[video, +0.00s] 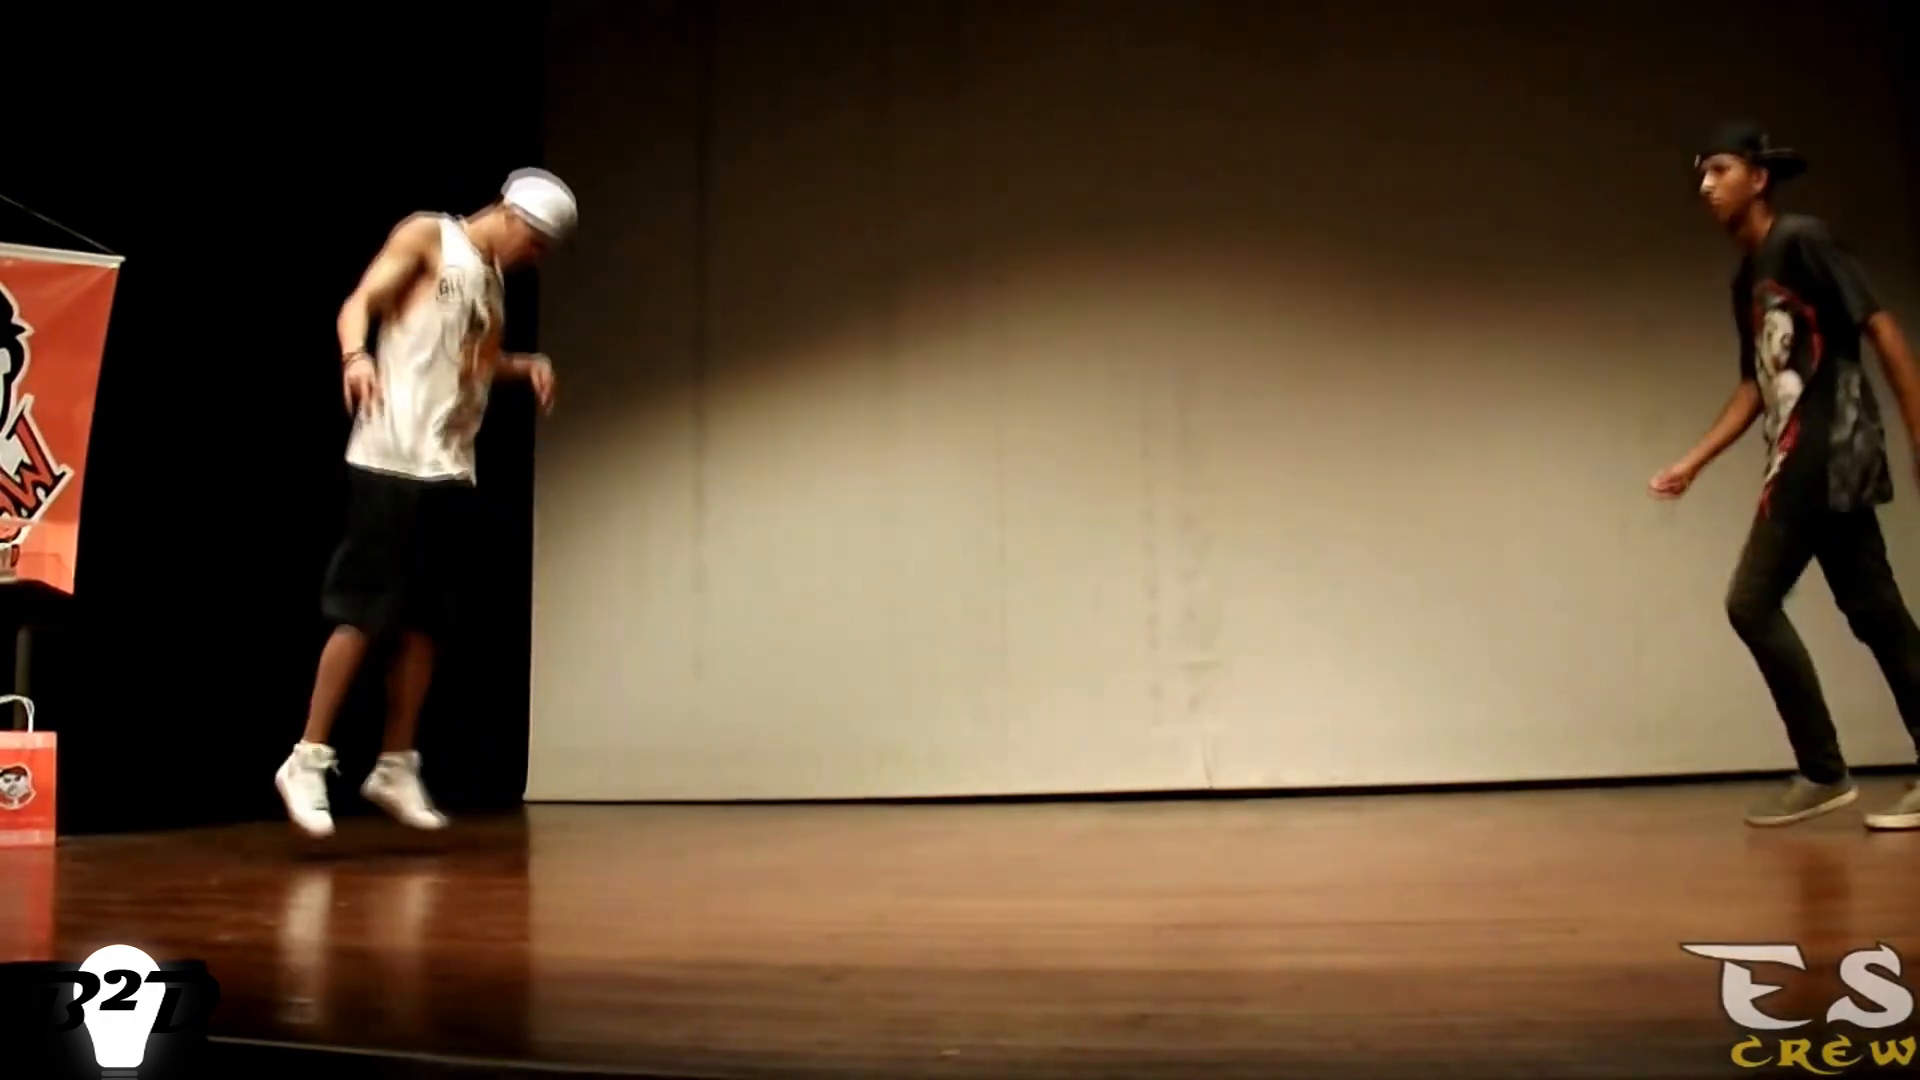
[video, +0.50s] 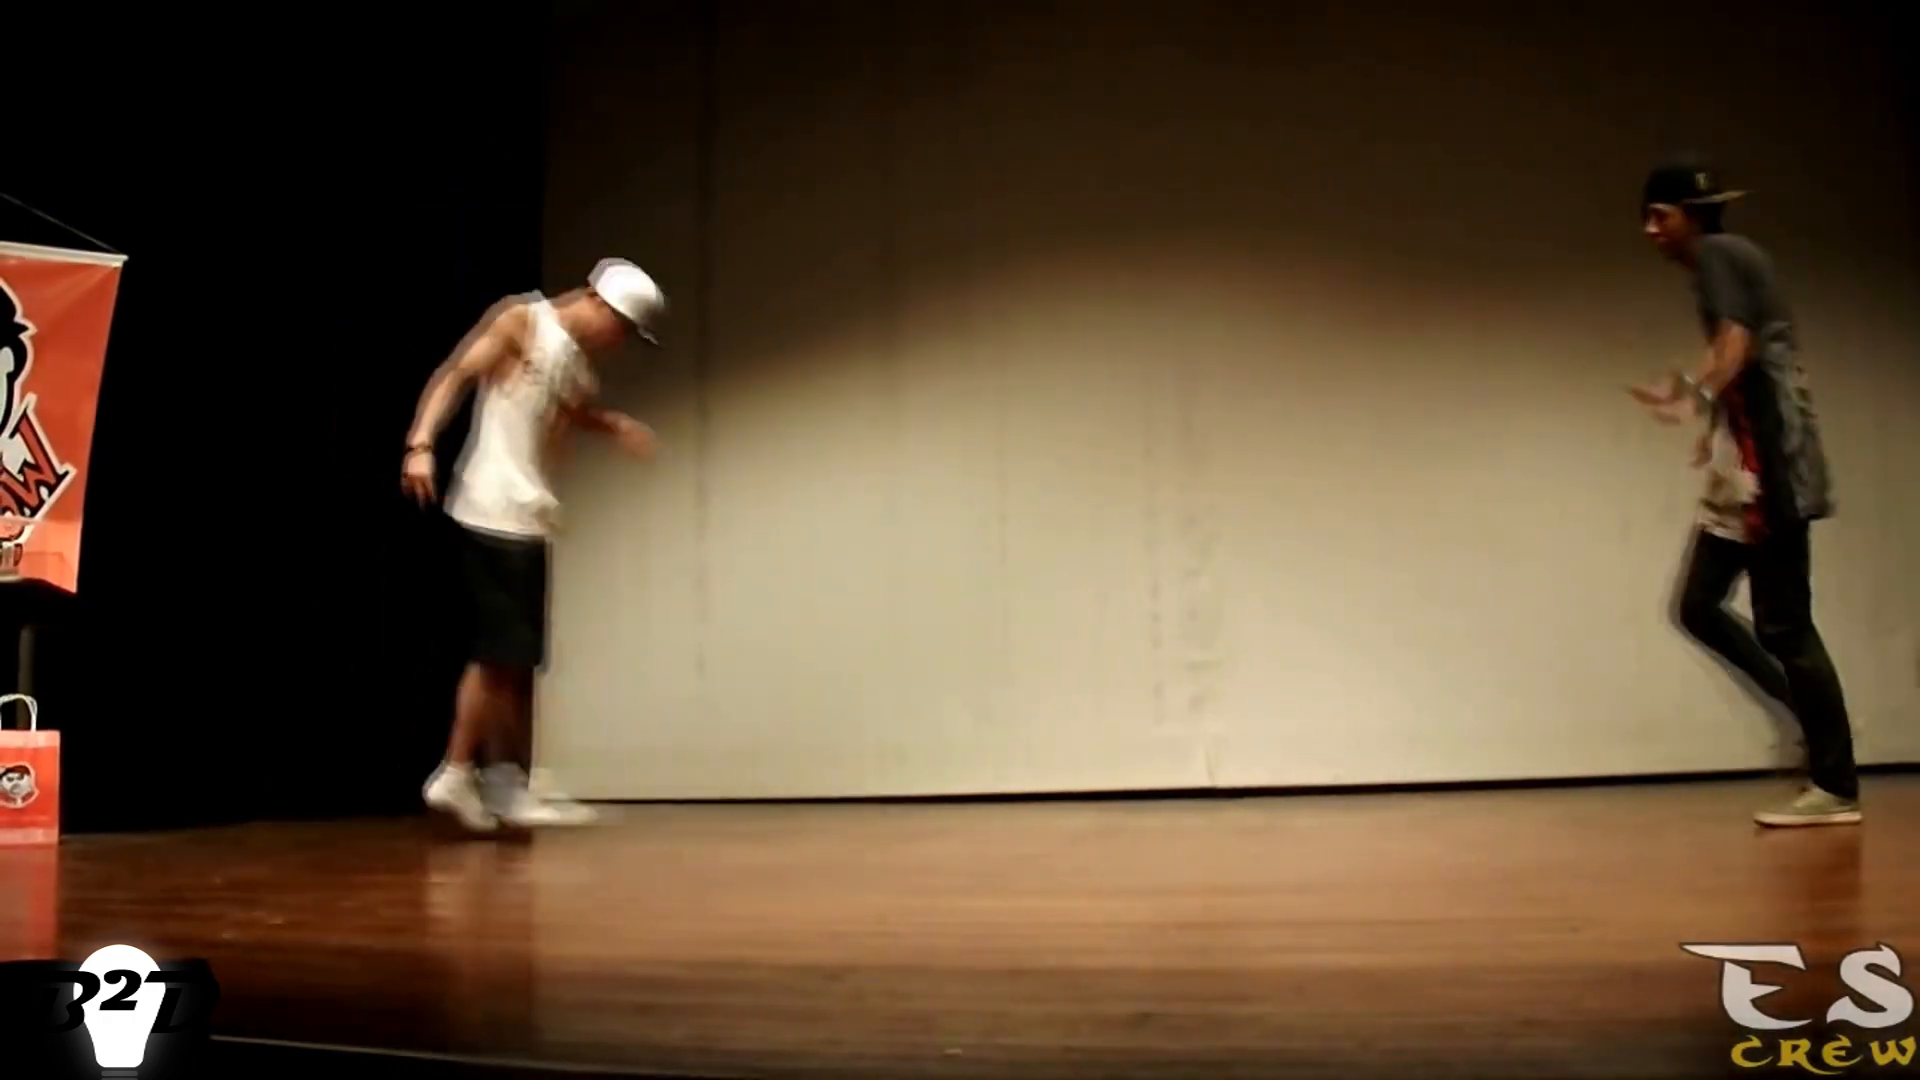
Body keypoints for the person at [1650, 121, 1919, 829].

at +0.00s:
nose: (1706, 184)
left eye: (1718, 171)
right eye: (1702, 174)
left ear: (1759, 177)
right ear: (1711, 188)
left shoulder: (1804, 241)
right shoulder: (1747, 275)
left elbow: (1882, 329)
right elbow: (1757, 387)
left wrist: (1917, 432)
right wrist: (1692, 463)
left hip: (1823, 457)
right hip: (1814, 460)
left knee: (1751, 604)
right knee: (1881, 616)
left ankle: (1824, 774)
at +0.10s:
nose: (1698, 201)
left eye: (1710, 187)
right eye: (1695, 191)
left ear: (1749, 191)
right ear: (1718, 202)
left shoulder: (1795, 249)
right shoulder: (1749, 285)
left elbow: (1873, 334)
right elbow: (1750, 398)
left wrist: (1907, 441)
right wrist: (1688, 485)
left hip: (1819, 473)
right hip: (1809, 475)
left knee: (1767, 621)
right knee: (1876, 617)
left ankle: (1824, 778)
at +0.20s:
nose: (1684, 213)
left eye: (1696, 198)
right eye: (1683, 202)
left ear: (1737, 202)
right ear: (1705, 213)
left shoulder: (1781, 260)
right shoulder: (1740, 289)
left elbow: (1847, 354)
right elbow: (1743, 405)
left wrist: (1880, 467)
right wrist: (1702, 501)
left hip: (1819, 481)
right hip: (1798, 485)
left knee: (1789, 631)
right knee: (1851, 620)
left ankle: (1833, 788)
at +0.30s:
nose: (1667, 222)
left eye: (1679, 209)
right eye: (1666, 210)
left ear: (1718, 211)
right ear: (1699, 215)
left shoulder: (1763, 263)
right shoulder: (1732, 285)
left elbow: (1805, 373)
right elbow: (1736, 401)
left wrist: (1835, 472)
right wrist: (1721, 495)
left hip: (1801, 476)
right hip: (1780, 479)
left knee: (1785, 627)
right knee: (1797, 624)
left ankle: (1833, 790)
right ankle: (1900, 746)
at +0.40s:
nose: (1659, 232)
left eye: (1665, 219)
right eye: (1658, 219)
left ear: (1695, 216)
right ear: (1699, 216)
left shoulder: (1744, 261)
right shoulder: (1730, 270)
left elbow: (1769, 362)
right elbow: (1736, 378)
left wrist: (1759, 462)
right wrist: (1723, 464)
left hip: (1787, 480)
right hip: (1769, 479)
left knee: (1780, 626)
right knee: (1747, 618)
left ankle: (1834, 788)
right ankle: (1875, 716)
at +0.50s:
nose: (1652, 233)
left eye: (1658, 218)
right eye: (1649, 220)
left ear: (1688, 215)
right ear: (1693, 217)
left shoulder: (1719, 255)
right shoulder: (1724, 260)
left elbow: (1735, 344)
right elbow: (1745, 357)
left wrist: (1691, 396)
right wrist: (1689, 396)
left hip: (1772, 483)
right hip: (1748, 483)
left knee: (1786, 630)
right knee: (1697, 608)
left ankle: (1837, 787)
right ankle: (1811, 720)